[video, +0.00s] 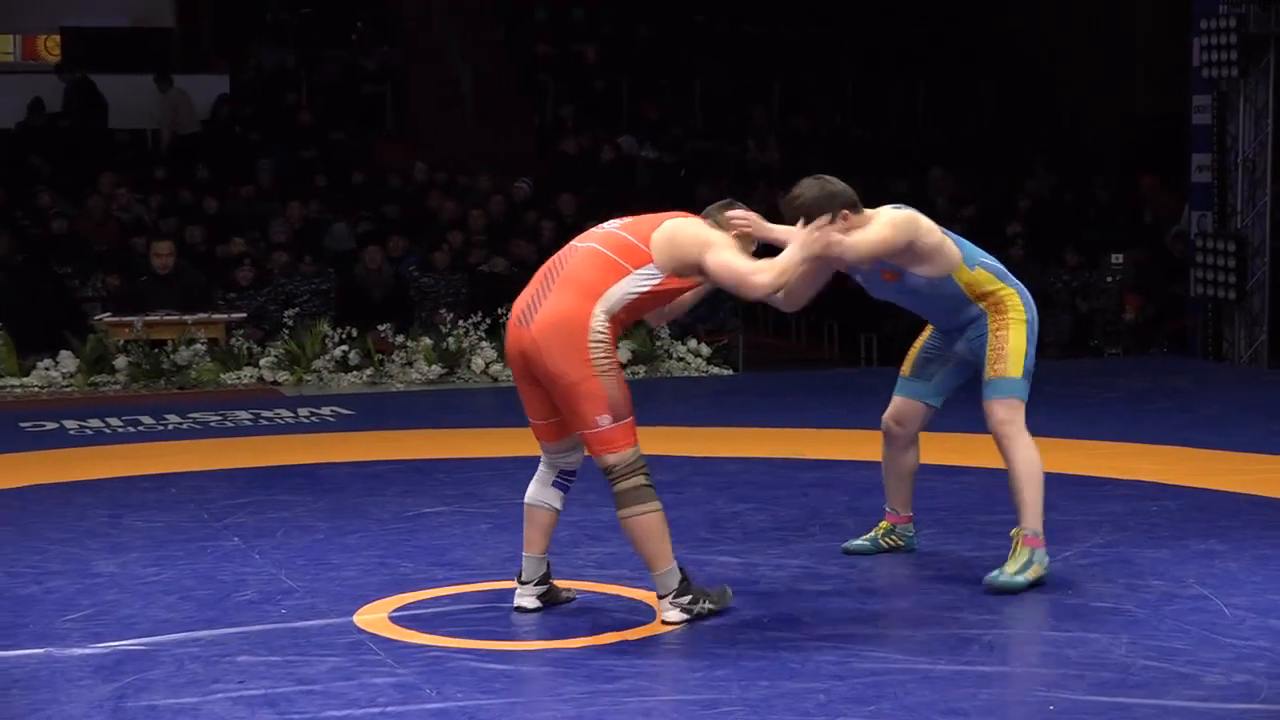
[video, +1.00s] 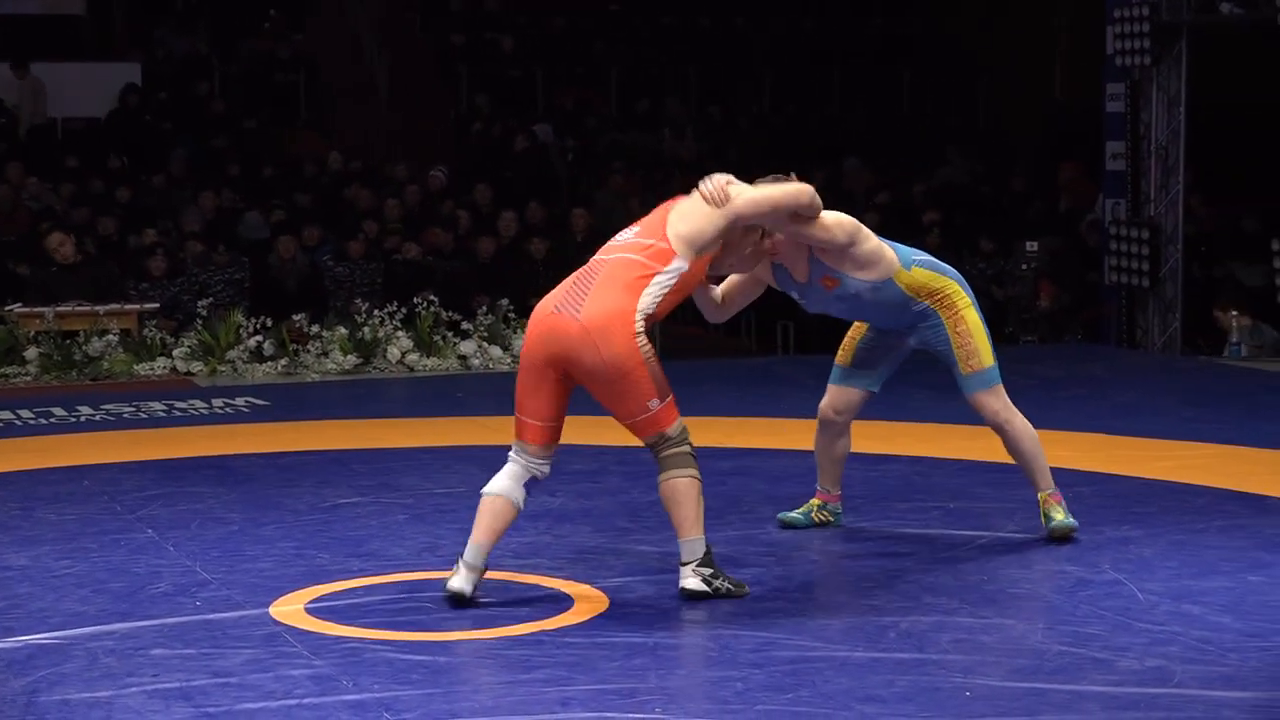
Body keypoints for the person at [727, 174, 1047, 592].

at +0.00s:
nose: (811, 241)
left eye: (813, 231)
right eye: (805, 234)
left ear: (842, 219)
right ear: (832, 224)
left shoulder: (897, 223)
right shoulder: (836, 247)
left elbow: (846, 250)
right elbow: (788, 298)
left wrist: (769, 232)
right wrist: (734, 261)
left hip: (1000, 309)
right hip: (947, 326)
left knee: (1006, 420)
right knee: (898, 423)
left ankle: (1032, 546)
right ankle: (898, 526)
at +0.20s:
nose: (786, 255)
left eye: (790, 242)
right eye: (781, 245)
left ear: (812, 229)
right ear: (789, 243)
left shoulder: (871, 238)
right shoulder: (805, 261)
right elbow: (757, 291)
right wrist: (778, 244)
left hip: (971, 303)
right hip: (919, 320)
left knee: (1008, 415)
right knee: (875, 419)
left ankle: (1089, 514)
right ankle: (884, 524)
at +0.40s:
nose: (791, 254)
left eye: (794, 244)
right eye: (784, 248)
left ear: (815, 227)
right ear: (784, 240)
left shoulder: (862, 229)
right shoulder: (811, 255)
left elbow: (822, 190)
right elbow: (776, 292)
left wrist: (768, 177)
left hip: (974, 316)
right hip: (921, 329)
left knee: (1024, 434)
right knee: (866, 416)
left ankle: (1100, 506)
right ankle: (871, 522)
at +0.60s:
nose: (793, 254)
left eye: (795, 241)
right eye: (787, 245)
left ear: (818, 230)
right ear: (803, 239)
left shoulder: (870, 233)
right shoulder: (852, 267)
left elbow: (806, 217)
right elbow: (847, 288)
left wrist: (753, 179)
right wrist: (796, 315)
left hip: (988, 320)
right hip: (935, 329)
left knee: (1033, 441)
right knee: (866, 407)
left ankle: (1090, 519)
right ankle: (862, 513)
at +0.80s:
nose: (782, 249)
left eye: (787, 236)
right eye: (775, 241)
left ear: (810, 227)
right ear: (774, 241)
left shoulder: (858, 234)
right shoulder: (800, 262)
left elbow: (798, 216)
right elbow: (740, 295)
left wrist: (740, 188)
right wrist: (672, 316)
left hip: (966, 314)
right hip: (910, 325)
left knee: (1008, 437)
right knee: (848, 417)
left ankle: (1064, 516)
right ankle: (843, 495)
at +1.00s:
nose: (736, 252)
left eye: (742, 240)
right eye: (736, 241)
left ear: (769, 233)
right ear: (761, 236)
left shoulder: (834, 236)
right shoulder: (763, 266)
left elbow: (800, 204)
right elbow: (715, 310)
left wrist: (736, 197)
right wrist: (693, 269)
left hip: (936, 298)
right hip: (881, 318)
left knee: (992, 406)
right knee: (833, 411)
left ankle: (1051, 500)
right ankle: (827, 502)